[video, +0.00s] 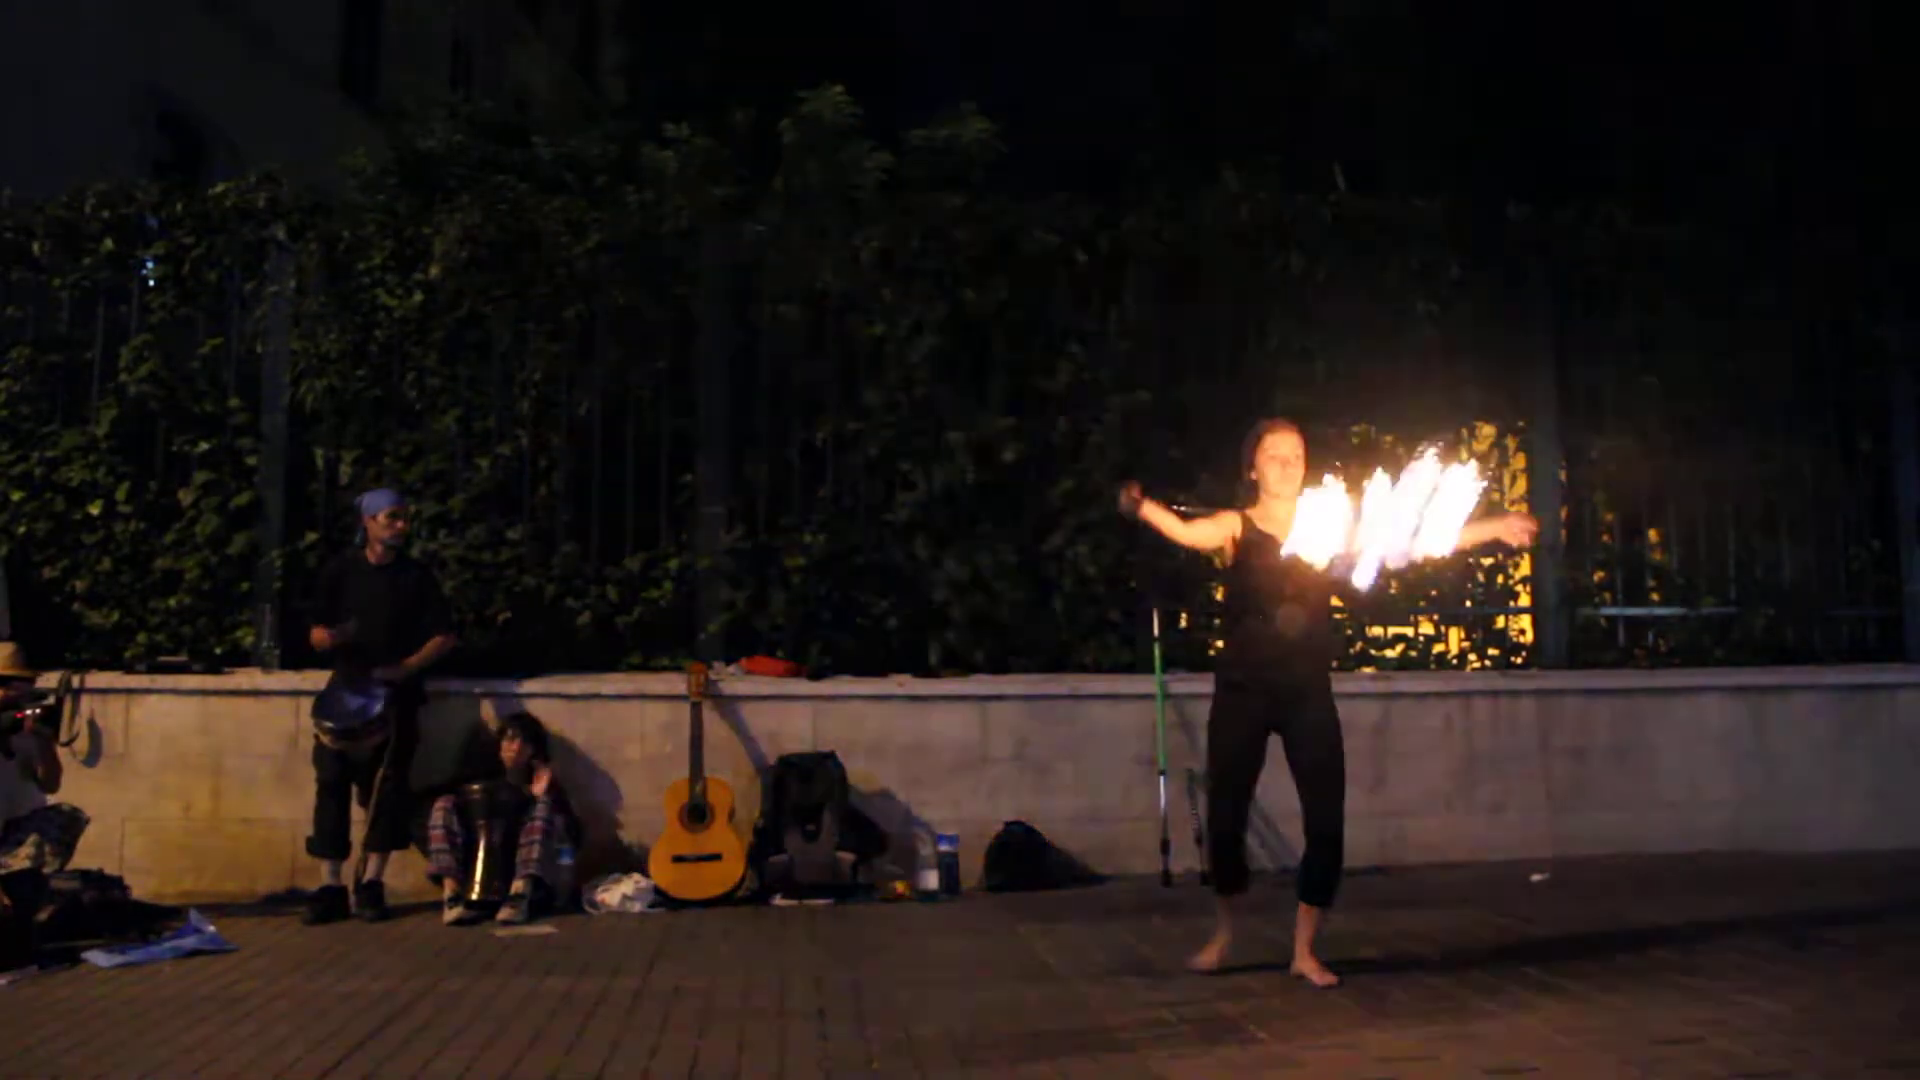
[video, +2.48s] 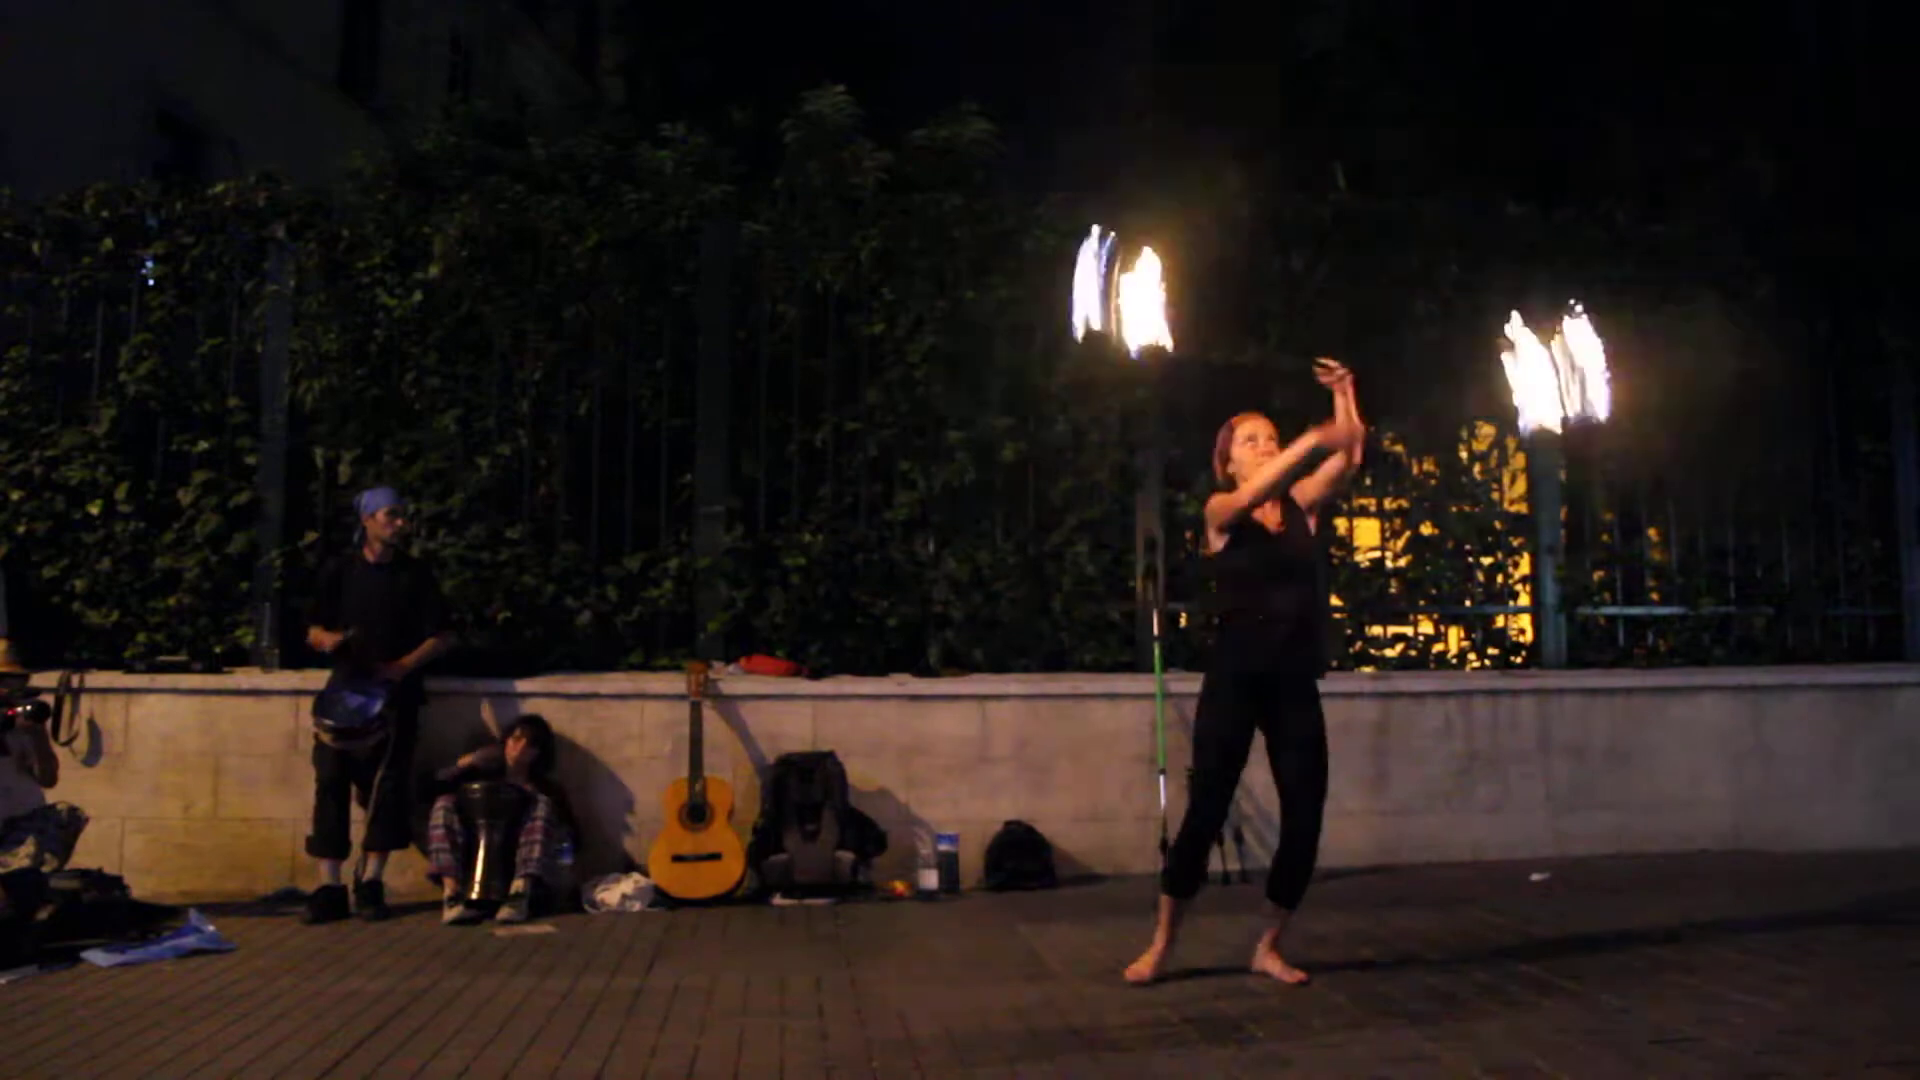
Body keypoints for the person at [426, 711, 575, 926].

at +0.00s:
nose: (513, 748)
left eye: (522, 741)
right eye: (509, 739)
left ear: (534, 751)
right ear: (500, 745)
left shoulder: (545, 788)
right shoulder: (488, 787)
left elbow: (569, 839)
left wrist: (542, 799)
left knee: (541, 811)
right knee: (444, 805)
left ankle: (520, 893)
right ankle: (451, 893)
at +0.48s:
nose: (518, 749)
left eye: (526, 743)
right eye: (512, 741)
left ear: (535, 750)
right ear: (500, 746)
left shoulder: (548, 790)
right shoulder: (481, 785)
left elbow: (564, 840)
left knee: (542, 806)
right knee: (444, 804)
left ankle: (521, 893)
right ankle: (451, 894)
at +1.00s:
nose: (524, 750)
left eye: (530, 743)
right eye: (517, 743)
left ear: (539, 750)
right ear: (502, 748)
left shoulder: (550, 788)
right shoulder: (487, 785)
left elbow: (566, 837)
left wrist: (541, 799)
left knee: (542, 808)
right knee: (444, 805)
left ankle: (521, 891)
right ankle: (451, 892)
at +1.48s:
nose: (516, 750)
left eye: (524, 743)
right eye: (509, 743)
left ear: (534, 749)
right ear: (499, 748)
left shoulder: (548, 789)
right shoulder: (481, 782)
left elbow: (566, 840)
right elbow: (435, 792)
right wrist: (467, 767)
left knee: (543, 806)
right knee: (444, 804)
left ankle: (521, 892)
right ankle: (451, 893)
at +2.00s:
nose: (512, 750)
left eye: (521, 743)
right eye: (507, 741)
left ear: (533, 749)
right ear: (499, 746)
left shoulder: (547, 787)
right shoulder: (489, 783)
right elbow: (449, 789)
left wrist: (543, 798)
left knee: (541, 811)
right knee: (443, 805)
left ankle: (521, 892)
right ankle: (451, 892)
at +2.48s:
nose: (520, 748)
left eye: (530, 744)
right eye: (517, 739)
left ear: (537, 753)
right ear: (506, 741)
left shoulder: (547, 788)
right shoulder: (481, 774)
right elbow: (438, 783)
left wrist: (536, 798)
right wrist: (468, 763)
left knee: (541, 807)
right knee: (444, 805)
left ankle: (520, 893)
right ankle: (451, 893)